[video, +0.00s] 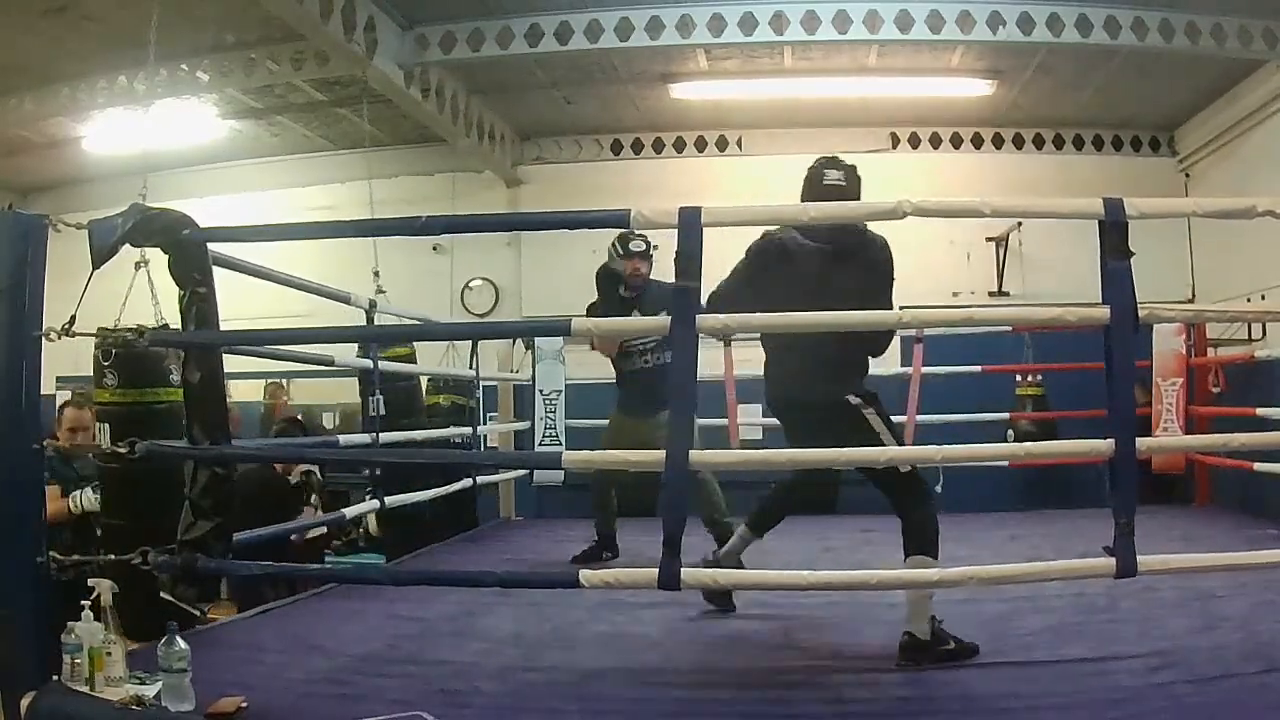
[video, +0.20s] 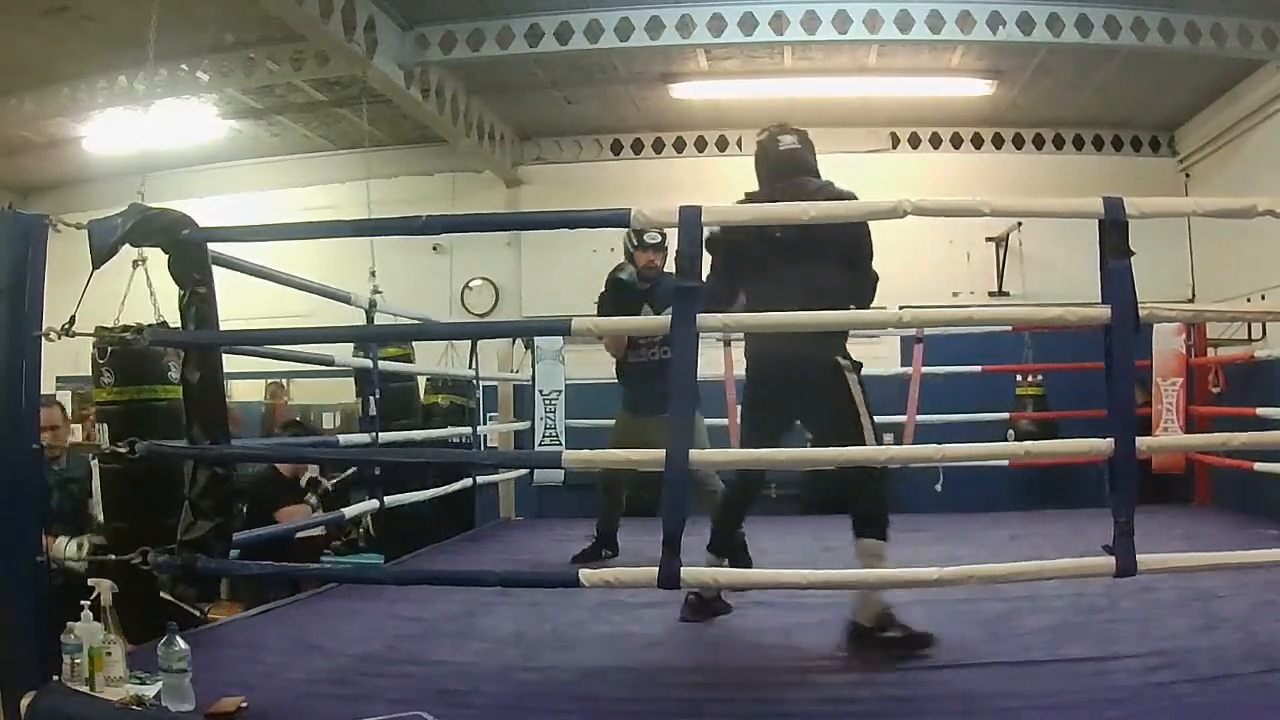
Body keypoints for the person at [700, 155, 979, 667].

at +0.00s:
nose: (839, 212)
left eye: (828, 201)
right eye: (847, 202)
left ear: (804, 200)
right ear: (857, 202)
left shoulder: (772, 247)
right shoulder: (871, 251)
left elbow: (717, 312)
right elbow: (877, 340)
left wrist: (767, 313)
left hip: (785, 396)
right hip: (844, 397)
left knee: (808, 481)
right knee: (916, 500)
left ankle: (723, 562)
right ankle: (921, 630)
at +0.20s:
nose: (794, 177)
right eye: (803, 163)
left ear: (760, 169)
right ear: (813, 161)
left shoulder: (740, 214)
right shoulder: (842, 203)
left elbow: (717, 296)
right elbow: (863, 287)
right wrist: (826, 317)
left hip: (765, 364)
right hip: (825, 362)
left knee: (748, 474)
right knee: (869, 475)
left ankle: (704, 588)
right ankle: (870, 611)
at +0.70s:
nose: (636, 251)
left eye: (636, 242)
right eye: (636, 241)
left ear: (645, 245)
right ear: (691, 229)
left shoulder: (659, 282)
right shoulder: (738, 264)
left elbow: (637, 322)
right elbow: (777, 333)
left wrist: (634, 280)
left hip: (698, 407)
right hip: (769, 401)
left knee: (662, 470)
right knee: (795, 499)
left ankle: (662, 583)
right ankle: (843, 587)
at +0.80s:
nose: (652, 225)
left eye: (652, 217)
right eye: (654, 215)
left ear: (652, 220)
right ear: (700, 209)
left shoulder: (654, 272)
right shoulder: (742, 246)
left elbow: (654, 357)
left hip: (684, 415)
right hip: (751, 408)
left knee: (672, 486)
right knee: (792, 493)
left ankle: (662, 582)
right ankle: (822, 589)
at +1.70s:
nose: (605, 190)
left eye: (605, 181)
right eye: (601, 181)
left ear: (563, 171)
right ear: (582, 176)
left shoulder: (537, 209)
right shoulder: (565, 211)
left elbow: (604, 276)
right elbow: (611, 280)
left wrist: (620, 224)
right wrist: (630, 232)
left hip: (542, 345)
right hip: (540, 346)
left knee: (568, 461)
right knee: (535, 461)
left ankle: (560, 579)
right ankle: (456, 586)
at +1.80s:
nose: (589, 194)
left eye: (589, 187)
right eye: (587, 186)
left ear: (545, 175)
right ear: (573, 180)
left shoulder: (515, 206)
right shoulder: (559, 207)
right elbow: (593, 276)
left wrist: (593, 217)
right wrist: (613, 224)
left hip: (514, 348)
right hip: (526, 350)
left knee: (562, 462)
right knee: (512, 470)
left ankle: (561, 579)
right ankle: (414, 576)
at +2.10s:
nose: (557, 229)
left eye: (561, 219)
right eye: (554, 217)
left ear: (521, 208)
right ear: (530, 209)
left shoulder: (507, 259)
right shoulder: (492, 251)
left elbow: (534, 313)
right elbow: (519, 317)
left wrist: (572, 283)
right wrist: (567, 287)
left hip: (519, 393)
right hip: (483, 397)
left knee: (574, 477)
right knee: (453, 496)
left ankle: (567, 578)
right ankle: (376, 592)